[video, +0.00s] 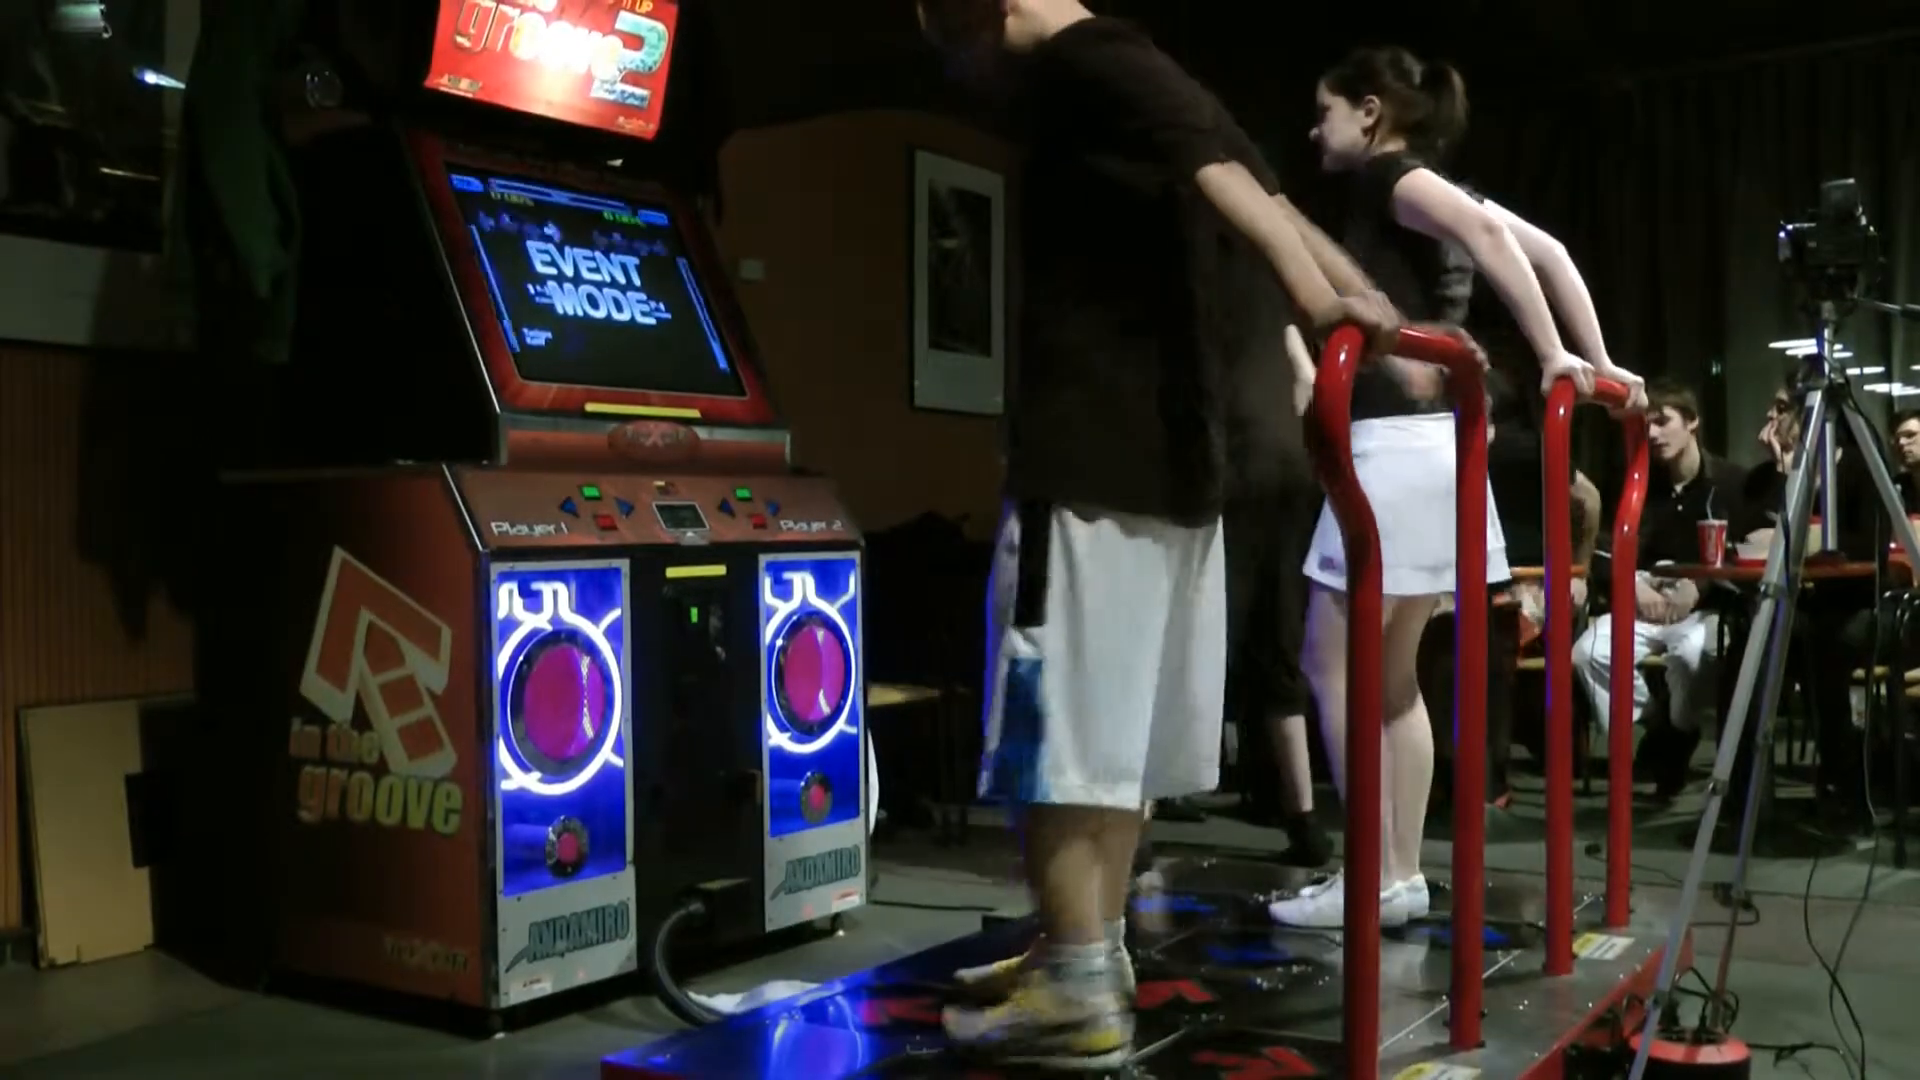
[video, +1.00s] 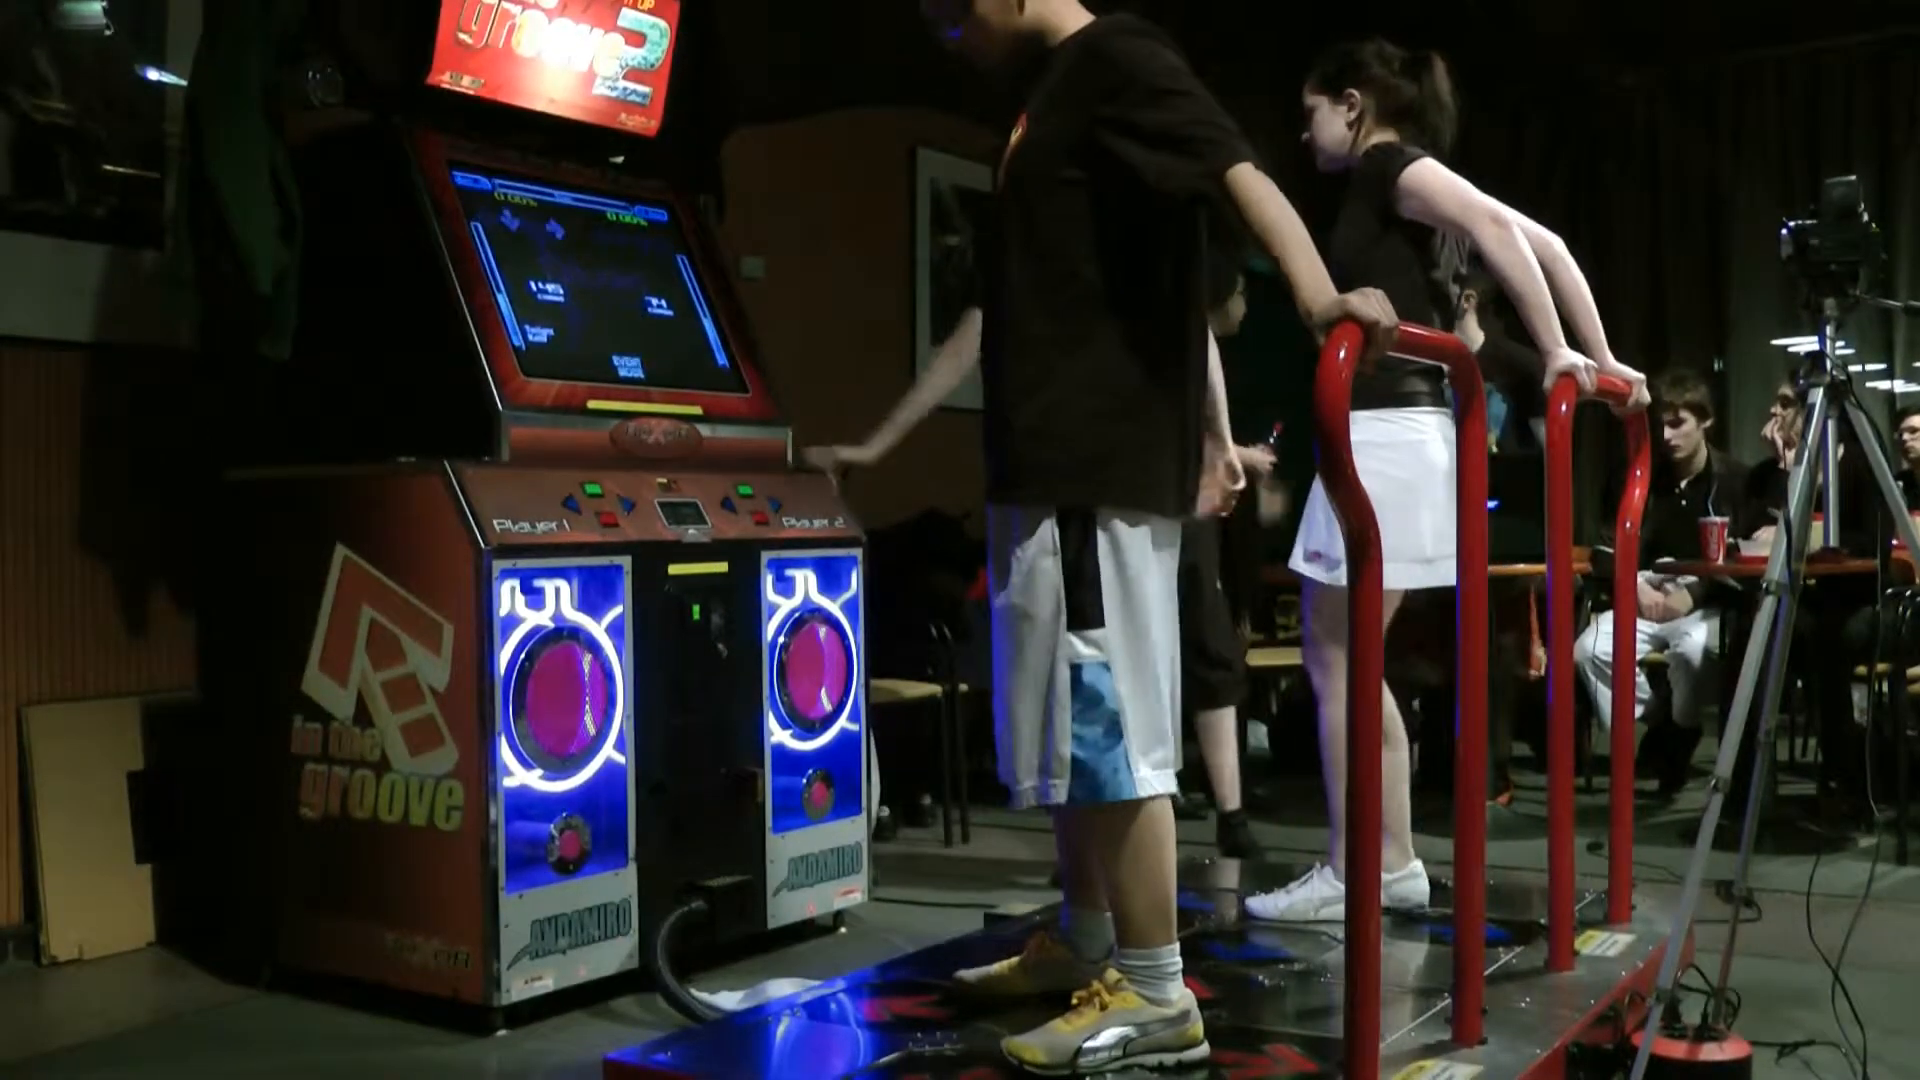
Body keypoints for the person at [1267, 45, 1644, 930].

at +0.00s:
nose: (1317, 128)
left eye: (1327, 112)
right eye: (1318, 113)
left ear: (1373, 112)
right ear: (1396, 116)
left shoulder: (1386, 178)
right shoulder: (1429, 187)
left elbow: (1493, 233)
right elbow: (1547, 249)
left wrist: (1555, 354)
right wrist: (1601, 358)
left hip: (1388, 458)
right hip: (1440, 455)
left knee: (1334, 676)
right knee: (1395, 684)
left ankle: (1365, 880)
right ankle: (1402, 877)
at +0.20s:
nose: (1307, 123)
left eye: (1318, 106)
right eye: (1310, 106)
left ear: (1364, 109)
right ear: (1389, 114)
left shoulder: (1373, 178)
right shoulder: (1434, 179)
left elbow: (1473, 235)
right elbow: (1552, 235)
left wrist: (1552, 351)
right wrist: (1603, 352)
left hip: (1385, 446)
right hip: (1441, 445)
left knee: (1321, 663)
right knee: (1396, 675)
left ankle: (1366, 868)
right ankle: (1402, 872)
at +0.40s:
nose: (1305, 125)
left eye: (1312, 108)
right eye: (1305, 108)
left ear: (1358, 111)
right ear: (1388, 115)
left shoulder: (1373, 180)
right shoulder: (1434, 181)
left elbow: (1473, 238)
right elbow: (1558, 233)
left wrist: (1555, 352)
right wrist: (1604, 353)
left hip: (1377, 449)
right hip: (1438, 447)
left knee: (1320, 660)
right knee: (1397, 677)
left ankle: (1351, 870)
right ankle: (1402, 873)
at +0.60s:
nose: (1309, 120)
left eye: (1317, 103)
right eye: (1309, 103)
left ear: (1363, 106)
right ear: (1389, 109)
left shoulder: (1378, 173)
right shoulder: (1428, 176)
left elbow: (1482, 228)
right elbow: (1553, 235)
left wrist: (1556, 352)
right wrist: (1602, 353)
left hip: (1378, 443)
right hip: (1440, 443)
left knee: (1316, 655)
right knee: (1397, 670)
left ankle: (1345, 864)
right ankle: (1402, 872)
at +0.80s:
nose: (1312, 118)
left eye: (1322, 102)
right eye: (1313, 103)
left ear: (1368, 103)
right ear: (1387, 105)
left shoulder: (1385, 169)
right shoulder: (1415, 174)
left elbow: (1499, 231)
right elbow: (1548, 243)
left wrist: (1557, 351)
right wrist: (1602, 356)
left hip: (1380, 447)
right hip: (1428, 447)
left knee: (1322, 662)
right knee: (1384, 678)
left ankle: (1343, 872)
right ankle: (1400, 871)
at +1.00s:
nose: (1306, 130)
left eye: (1313, 112)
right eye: (1305, 114)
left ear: (1355, 104)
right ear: (1374, 107)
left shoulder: (1385, 165)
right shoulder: (1410, 173)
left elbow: (1500, 229)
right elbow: (1547, 245)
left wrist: (1557, 351)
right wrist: (1603, 358)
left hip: (1382, 439)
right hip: (1409, 439)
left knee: (1330, 654)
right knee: (1357, 659)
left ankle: (1346, 871)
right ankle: (1395, 864)